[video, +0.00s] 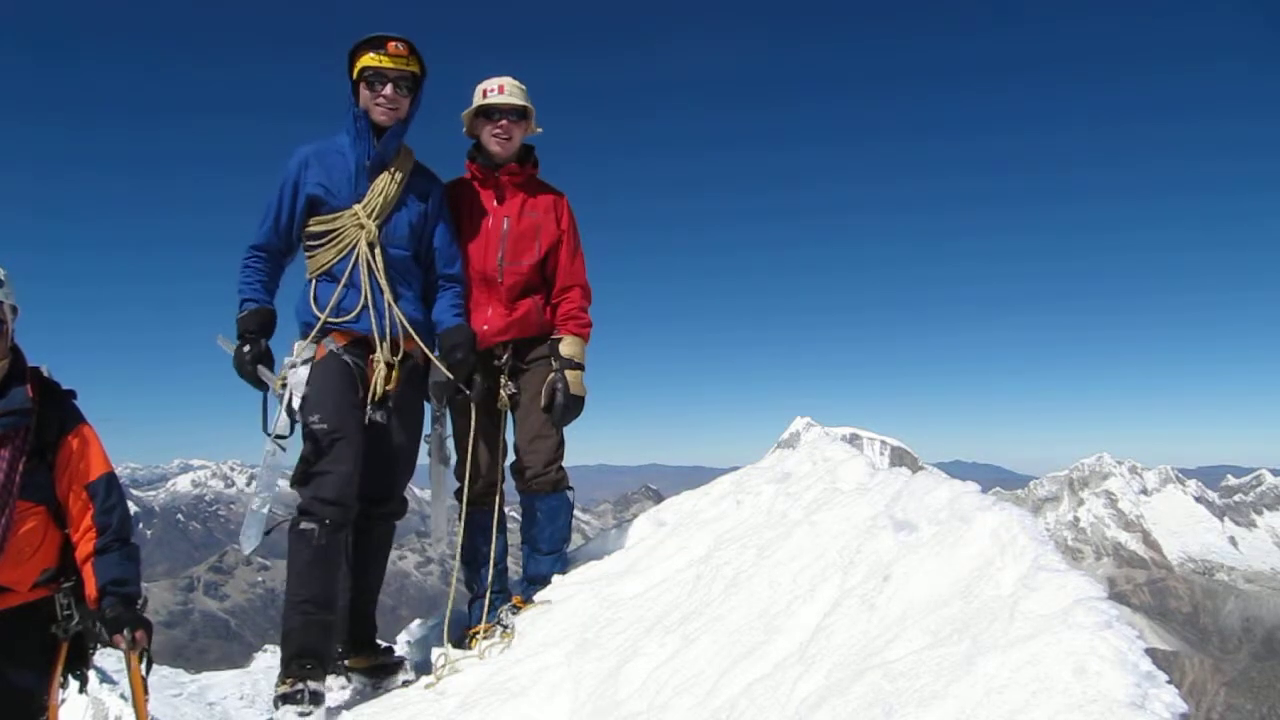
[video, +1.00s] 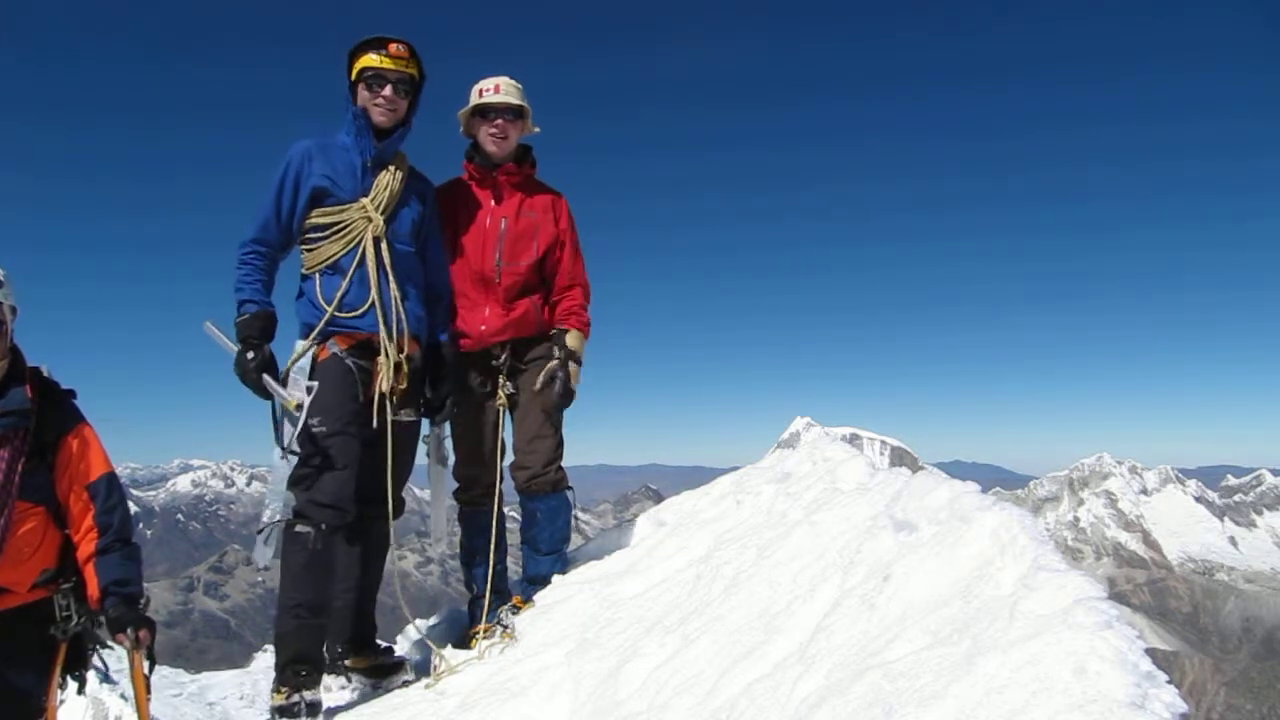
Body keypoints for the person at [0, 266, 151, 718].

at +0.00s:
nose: (0, 329)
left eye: (1, 317)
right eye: (1, 316)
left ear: (11, 320)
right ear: (7, 320)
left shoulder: (46, 410)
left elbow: (97, 509)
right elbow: (98, 509)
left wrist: (115, 596)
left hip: (23, 617)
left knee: (20, 705)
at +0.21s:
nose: (1, 329)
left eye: (2, 316)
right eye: (1, 316)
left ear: (11, 320)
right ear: (7, 320)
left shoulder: (46, 409)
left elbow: (97, 509)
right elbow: (98, 509)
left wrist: (116, 597)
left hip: (24, 618)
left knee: (21, 706)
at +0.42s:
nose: (0, 329)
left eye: (1, 317)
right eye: (1, 317)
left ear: (11, 320)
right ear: (7, 321)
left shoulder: (46, 410)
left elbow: (97, 510)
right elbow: (98, 510)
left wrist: (116, 597)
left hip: (23, 618)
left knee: (21, 705)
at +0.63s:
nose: (1, 330)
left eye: (1, 317)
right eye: (2, 317)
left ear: (10, 321)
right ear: (7, 321)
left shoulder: (46, 411)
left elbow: (97, 510)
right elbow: (98, 510)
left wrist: (116, 597)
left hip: (24, 618)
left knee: (21, 705)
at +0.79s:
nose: (1, 329)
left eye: (1, 317)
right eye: (2, 317)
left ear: (10, 321)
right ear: (8, 321)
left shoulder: (45, 410)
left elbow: (97, 509)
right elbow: (97, 509)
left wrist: (116, 596)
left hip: (24, 619)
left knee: (21, 705)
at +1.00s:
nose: (1, 328)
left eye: (1, 316)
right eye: (1, 316)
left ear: (10, 319)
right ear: (7, 320)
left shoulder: (45, 409)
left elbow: (97, 507)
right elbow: (98, 507)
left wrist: (118, 596)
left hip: (24, 620)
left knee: (20, 704)